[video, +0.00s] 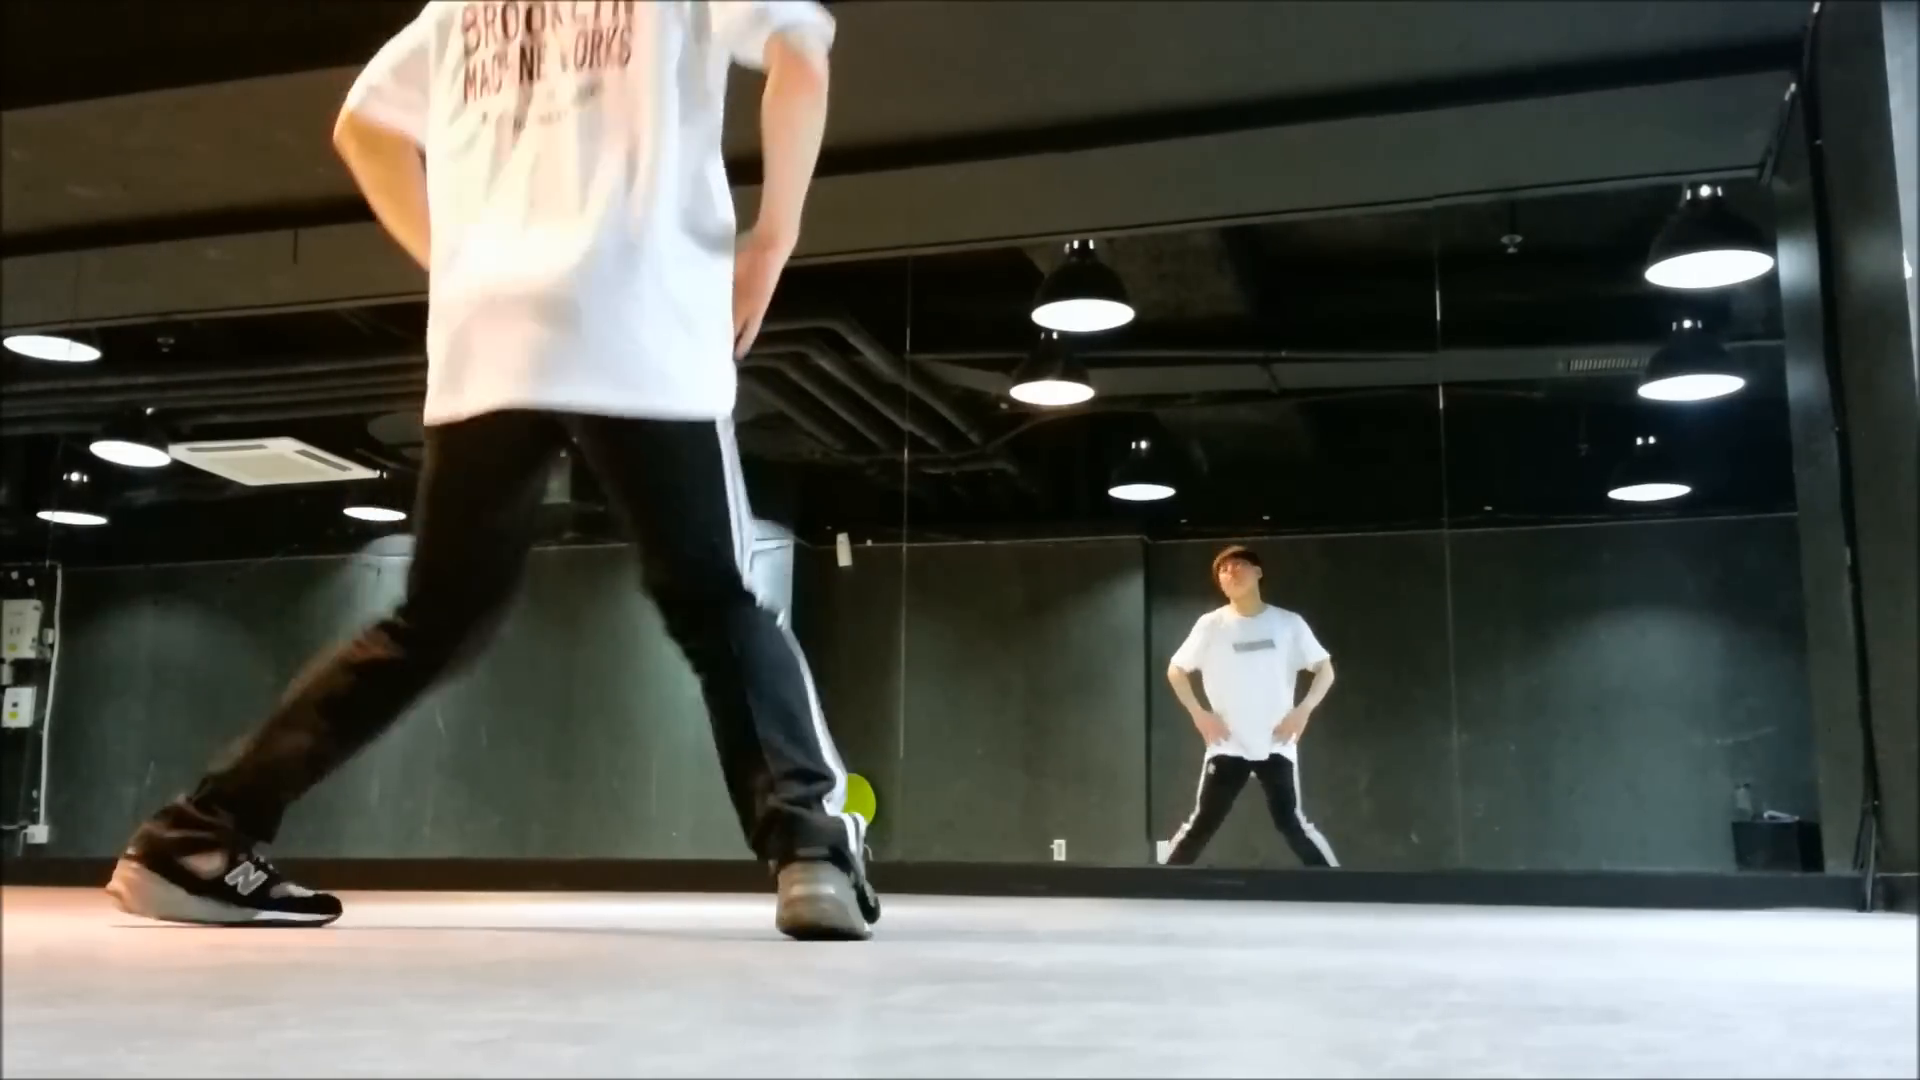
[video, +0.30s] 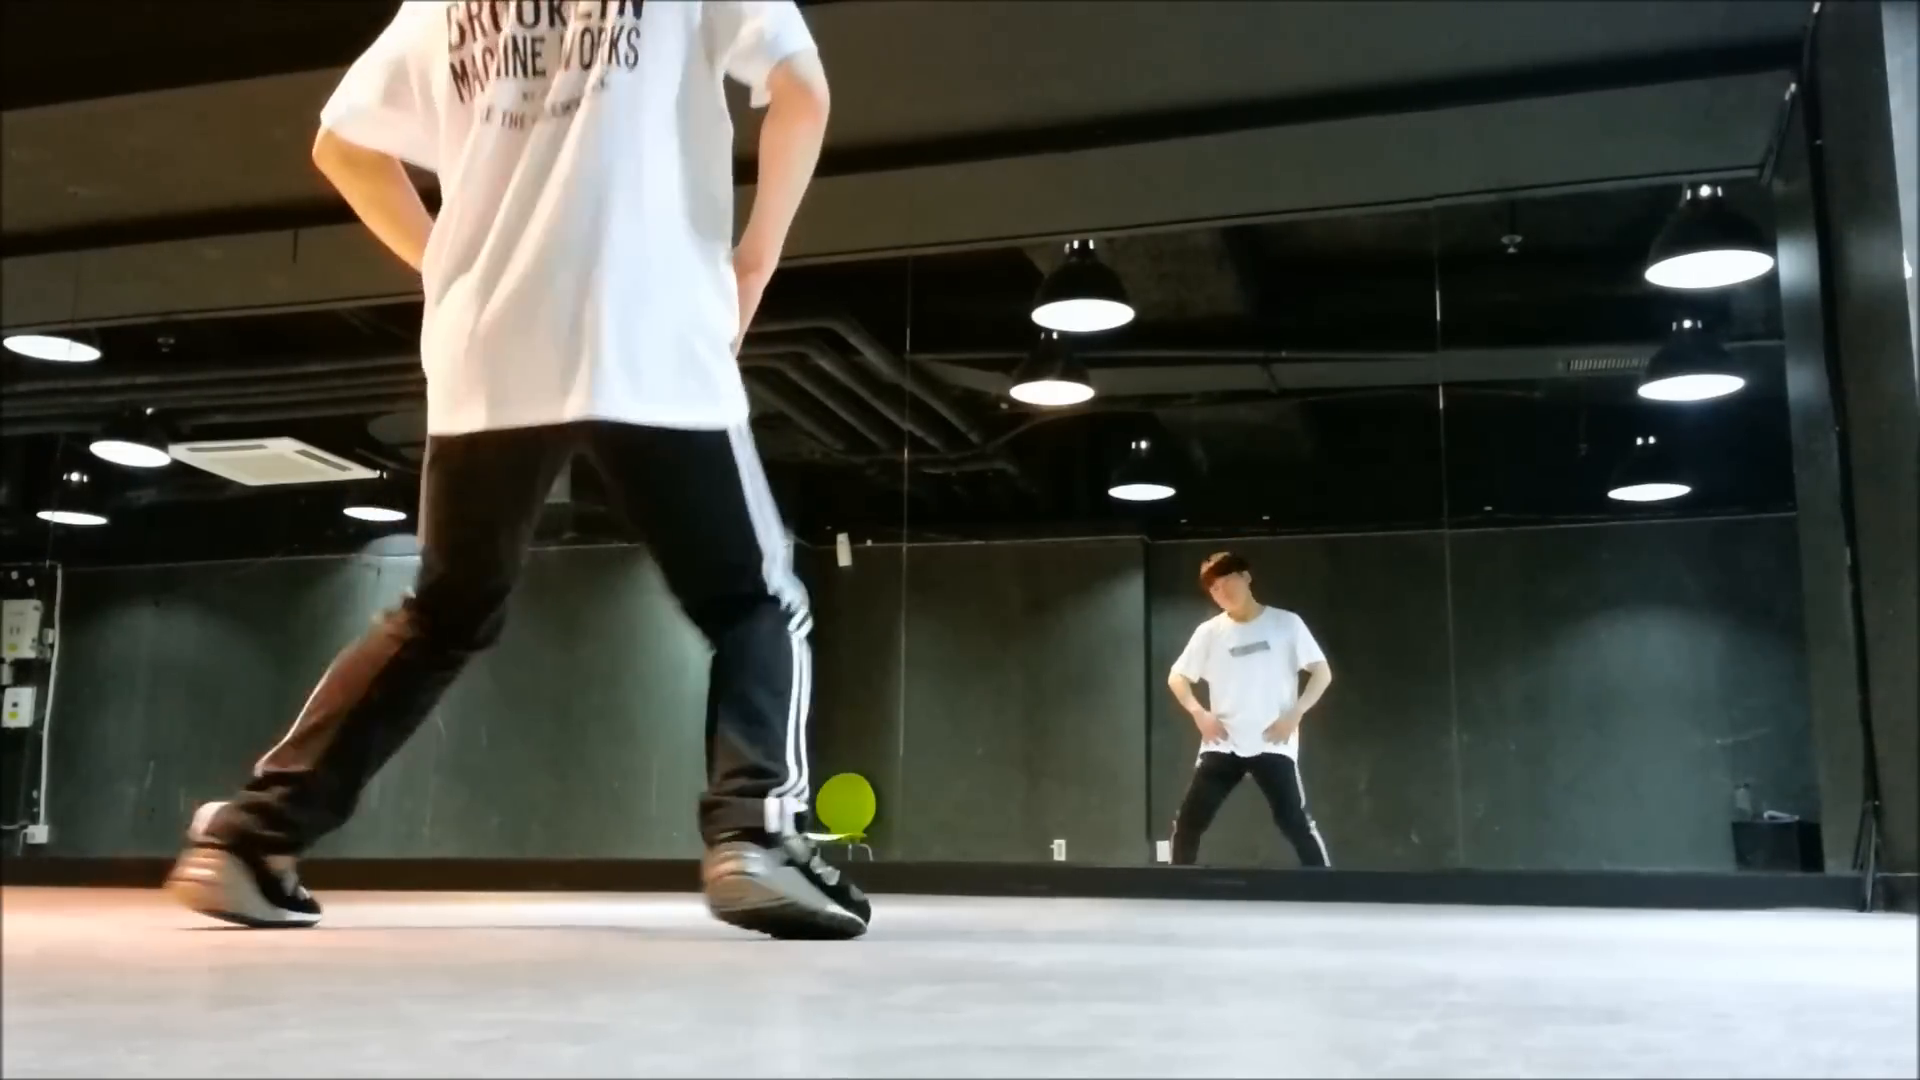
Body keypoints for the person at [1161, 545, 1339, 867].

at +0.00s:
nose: (1231, 572)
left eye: (1239, 565)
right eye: (1225, 569)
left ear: (1257, 572)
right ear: (1220, 582)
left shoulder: (1290, 624)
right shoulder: (1210, 625)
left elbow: (1326, 671)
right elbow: (1176, 671)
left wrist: (1303, 711)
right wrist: (1199, 715)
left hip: (1277, 745)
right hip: (1227, 745)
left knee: (1292, 825)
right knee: (1201, 826)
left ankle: (1339, 889)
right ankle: (1160, 888)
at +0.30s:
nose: (1222, 591)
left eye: (1226, 581)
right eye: (1214, 587)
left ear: (1246, 578)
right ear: (1211, 594)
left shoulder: (1288, 624)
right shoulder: (1209, 632)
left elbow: (1322, 673)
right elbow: (1177, 678)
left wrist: (1292, 716)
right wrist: (1199, 713)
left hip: (1274, 746)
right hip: (1223, 746)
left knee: (1294, 822)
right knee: (1189, 821)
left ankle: (1327, 891)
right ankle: (1179, 895)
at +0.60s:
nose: (1223, 576)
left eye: (1227, 567)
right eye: (1215, 572)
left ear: (1246, 565)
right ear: (1211, 580)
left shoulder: (1289, 612)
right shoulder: (1210, 619)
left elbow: (1322, 660)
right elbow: (1189, 672)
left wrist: (1300, 700)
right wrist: (1203, 701)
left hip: (1279, 733)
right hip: (1224, 735)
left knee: (1319, 801)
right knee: (1184, 799)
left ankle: (1316, 886)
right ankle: (1187, 885)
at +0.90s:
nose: (1224, 565)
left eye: (1231, 558)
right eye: (1217, 563)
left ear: (1250, 565)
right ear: (1214, 577)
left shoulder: (1288, 611)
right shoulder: (1208, 619)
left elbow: (1324, 656)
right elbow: (1176, 665)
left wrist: (1304, 700)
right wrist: (1199, 707)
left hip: (1283, 736)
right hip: (1229, 738)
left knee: (1311, 815)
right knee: (1194, 812)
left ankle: (1343, 889)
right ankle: (1163, 884)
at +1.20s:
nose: (1226, 596)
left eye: (1231, 587)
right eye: (1218, 591)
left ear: (1250, 586)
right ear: (1214, 598)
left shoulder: (1286, 634)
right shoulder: (1209, 642)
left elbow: (1321, 682)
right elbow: (1180, 688)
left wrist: (1294, 721)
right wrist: (1199, 724)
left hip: (1271, 753)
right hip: (1224, 753)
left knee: (1279, 831)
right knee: (1206, 830)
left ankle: (1327, 889)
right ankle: (1170, 891)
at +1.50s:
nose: (1225, 588)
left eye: (1230, 579)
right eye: (1217, 583)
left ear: (1247, 574)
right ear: (1211, 587)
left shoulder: (1285, 612)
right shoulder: (1207, 624)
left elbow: (1320, 658)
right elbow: (1181, 672)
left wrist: (1296, 691)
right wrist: (1196, 699)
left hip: (1274, 727)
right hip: (1222, 729)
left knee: (1308, 803)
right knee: (1186, 800)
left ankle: (1316, 883)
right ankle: (1191, 883)